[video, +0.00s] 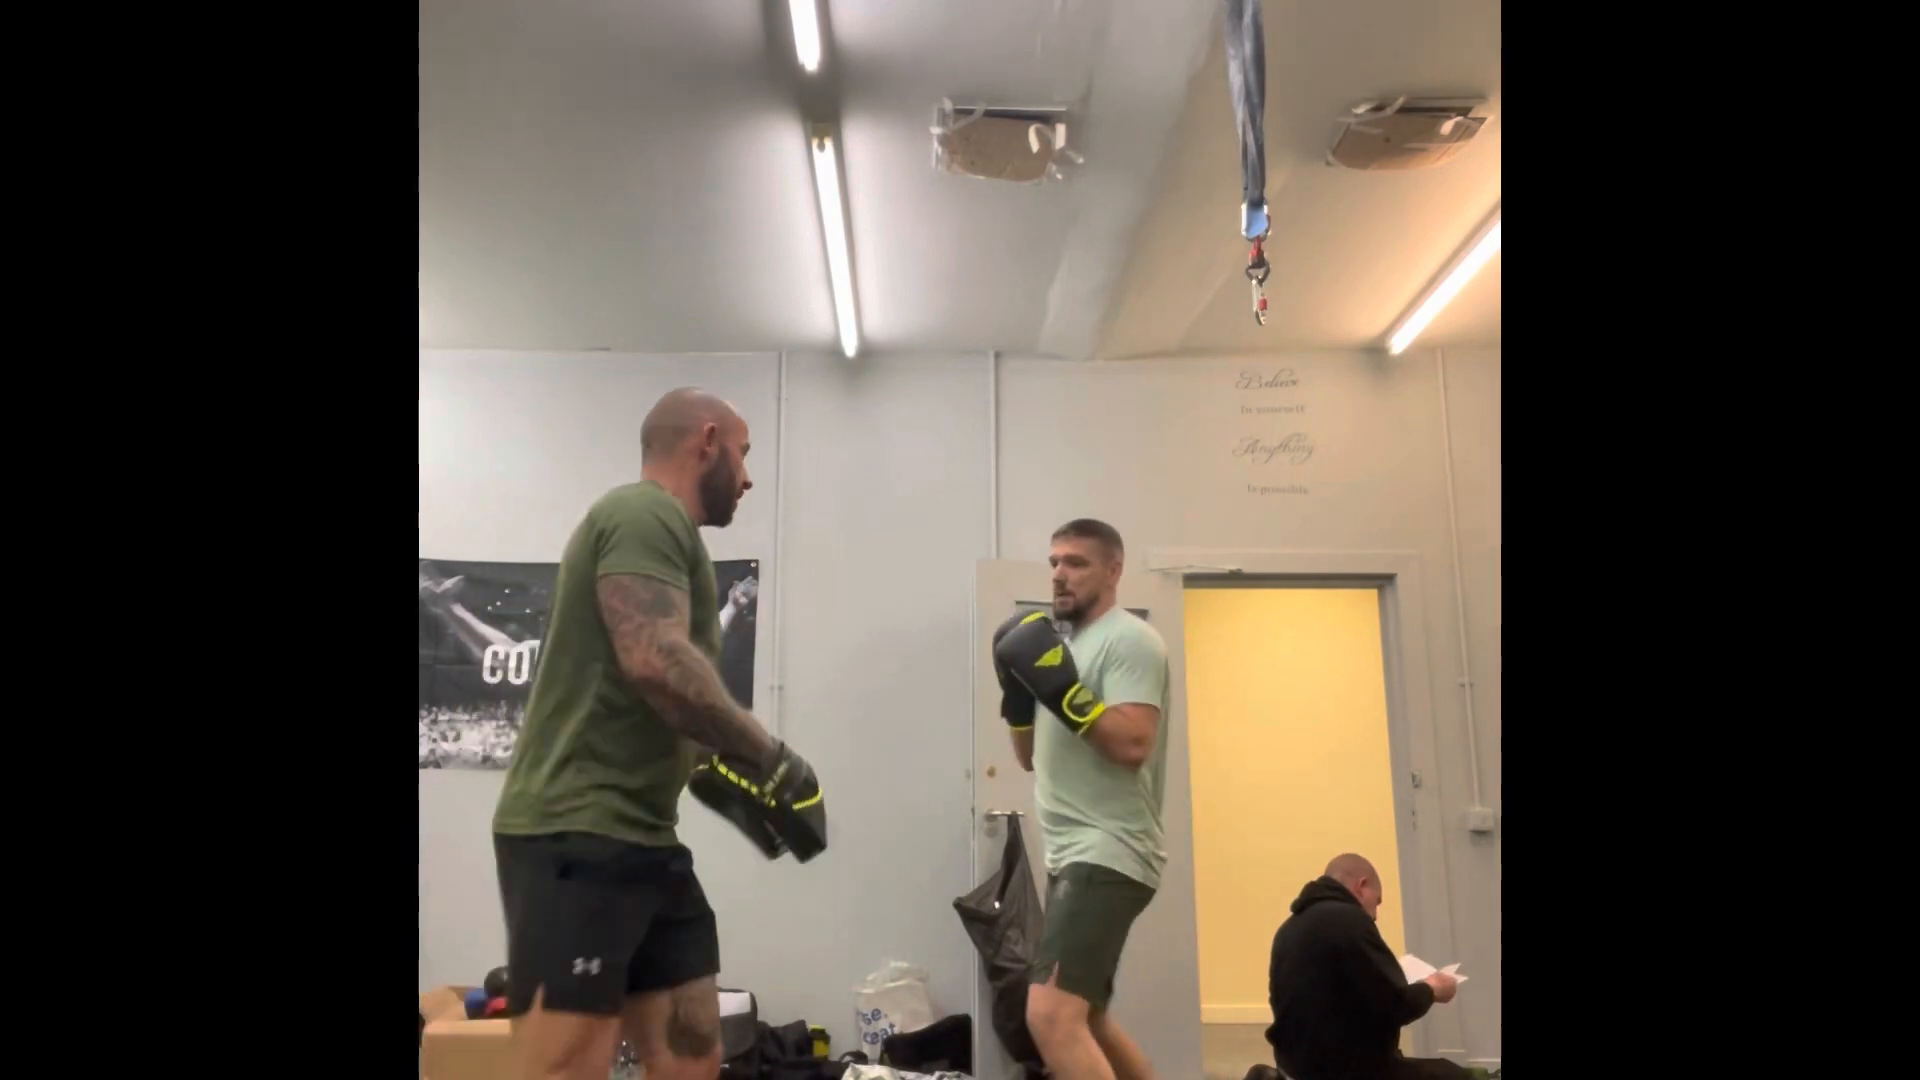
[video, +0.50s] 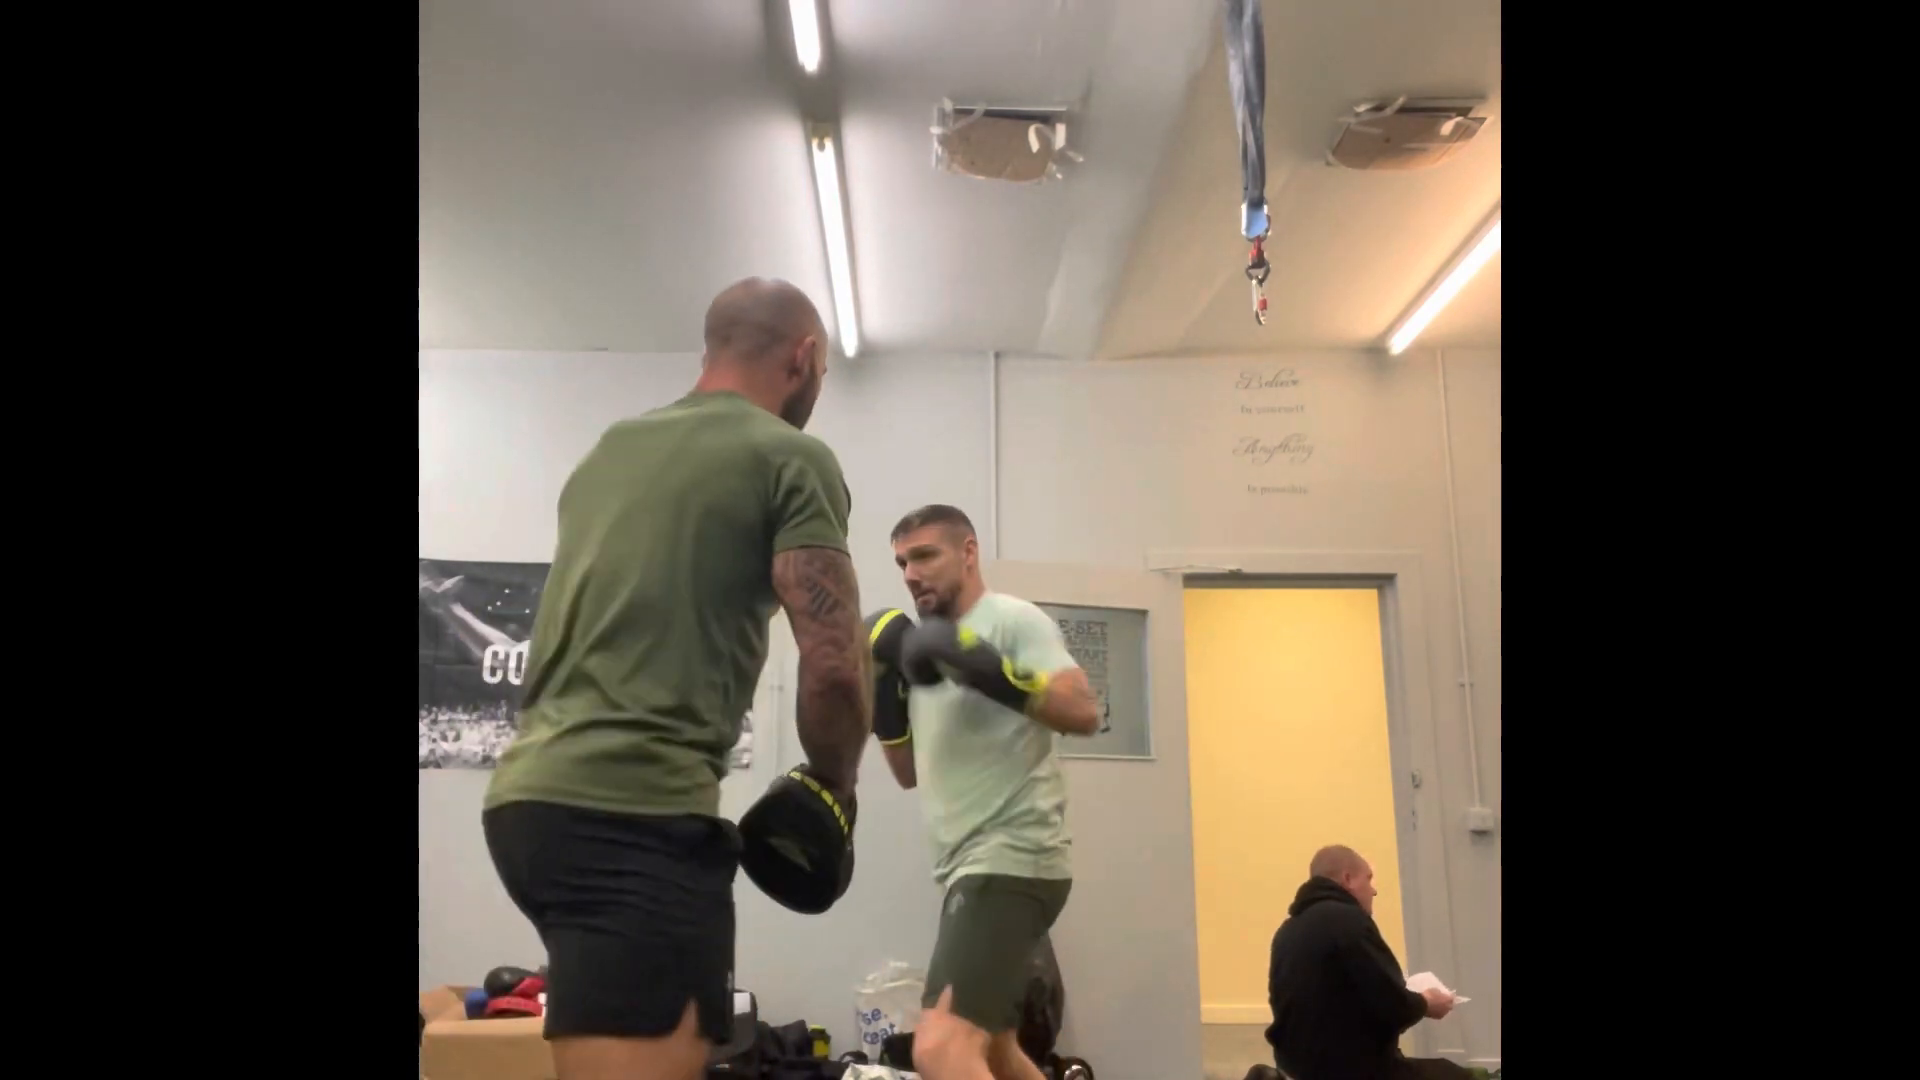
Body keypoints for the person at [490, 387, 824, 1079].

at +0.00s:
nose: (750, 476)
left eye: (749, 457)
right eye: (743, 454)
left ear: (690, 449)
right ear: (707, 445)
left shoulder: (678, 544)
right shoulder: (643, 511)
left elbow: (656, 702)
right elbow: (655, 656)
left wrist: (720, 781)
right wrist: (776, 762)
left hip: (644, 833)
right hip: (573, 829)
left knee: (687, 1049)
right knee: (565, 1059)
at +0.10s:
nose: (778, 455)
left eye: (781, 435)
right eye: (780, 432)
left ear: (688, 421)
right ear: (753, 415)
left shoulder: (646, 504)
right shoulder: (715, 493)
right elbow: (728, 666)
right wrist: (784, 803)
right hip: (623, 815)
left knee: (692, 1051)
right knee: (641, 1060)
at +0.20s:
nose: (787, 435)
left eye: (790, 419)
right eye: (792, 416)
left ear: (689, 406)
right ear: (773, 404)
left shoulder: (605, 513)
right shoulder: (767, 495)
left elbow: (608, 689)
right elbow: (815, 684)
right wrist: (843, 819)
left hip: (575, 842)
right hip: (674, 845)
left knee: (725, 1040)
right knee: (657, 1065)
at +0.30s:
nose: (822, 408)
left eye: (824, 393)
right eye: (826, 390)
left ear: (724, 381)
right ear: (808, 378)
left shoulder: (648, 481)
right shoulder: (791, 469)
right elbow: (835, 653)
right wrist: (885, 793)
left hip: (589, 801)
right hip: (676, 805)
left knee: (725, 1055)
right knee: (681, 1065)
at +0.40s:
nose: (834, 417)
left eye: (838, 397)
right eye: (837, 394)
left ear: (732, 378)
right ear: (817, 380)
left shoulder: (652, 474)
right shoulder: (793, 467)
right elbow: (819, 667)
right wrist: (869, 796)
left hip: (584, 799)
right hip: (664, 807)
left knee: (706, 1060)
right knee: (657, 1066)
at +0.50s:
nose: (819, 395)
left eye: (822, 373)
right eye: (824, 370)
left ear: (710, 351)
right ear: (802, 354)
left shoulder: (610, 448)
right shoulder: (785, 455)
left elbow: (586, 638)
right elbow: (833, 671)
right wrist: (832, 797)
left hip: (527, 801)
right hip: (637, 810)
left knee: (687, 1042)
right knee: (627, 1063)